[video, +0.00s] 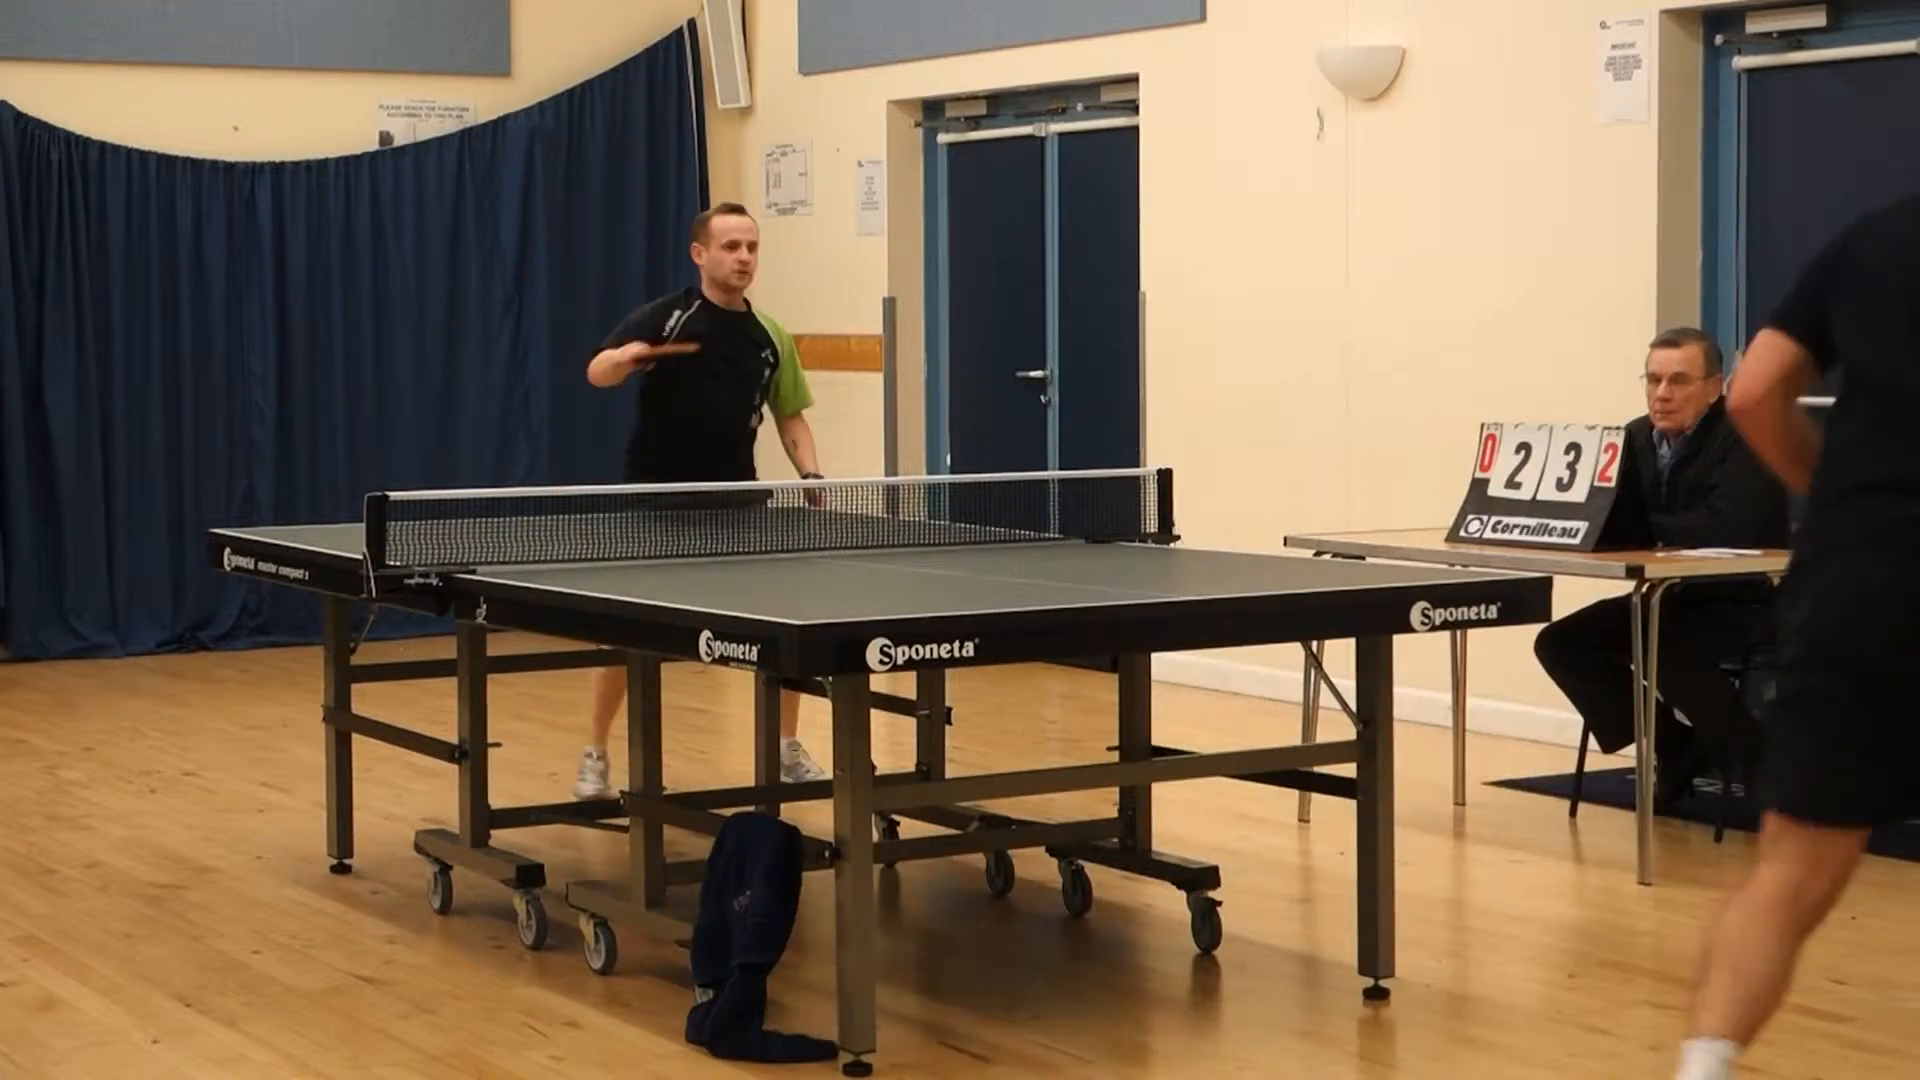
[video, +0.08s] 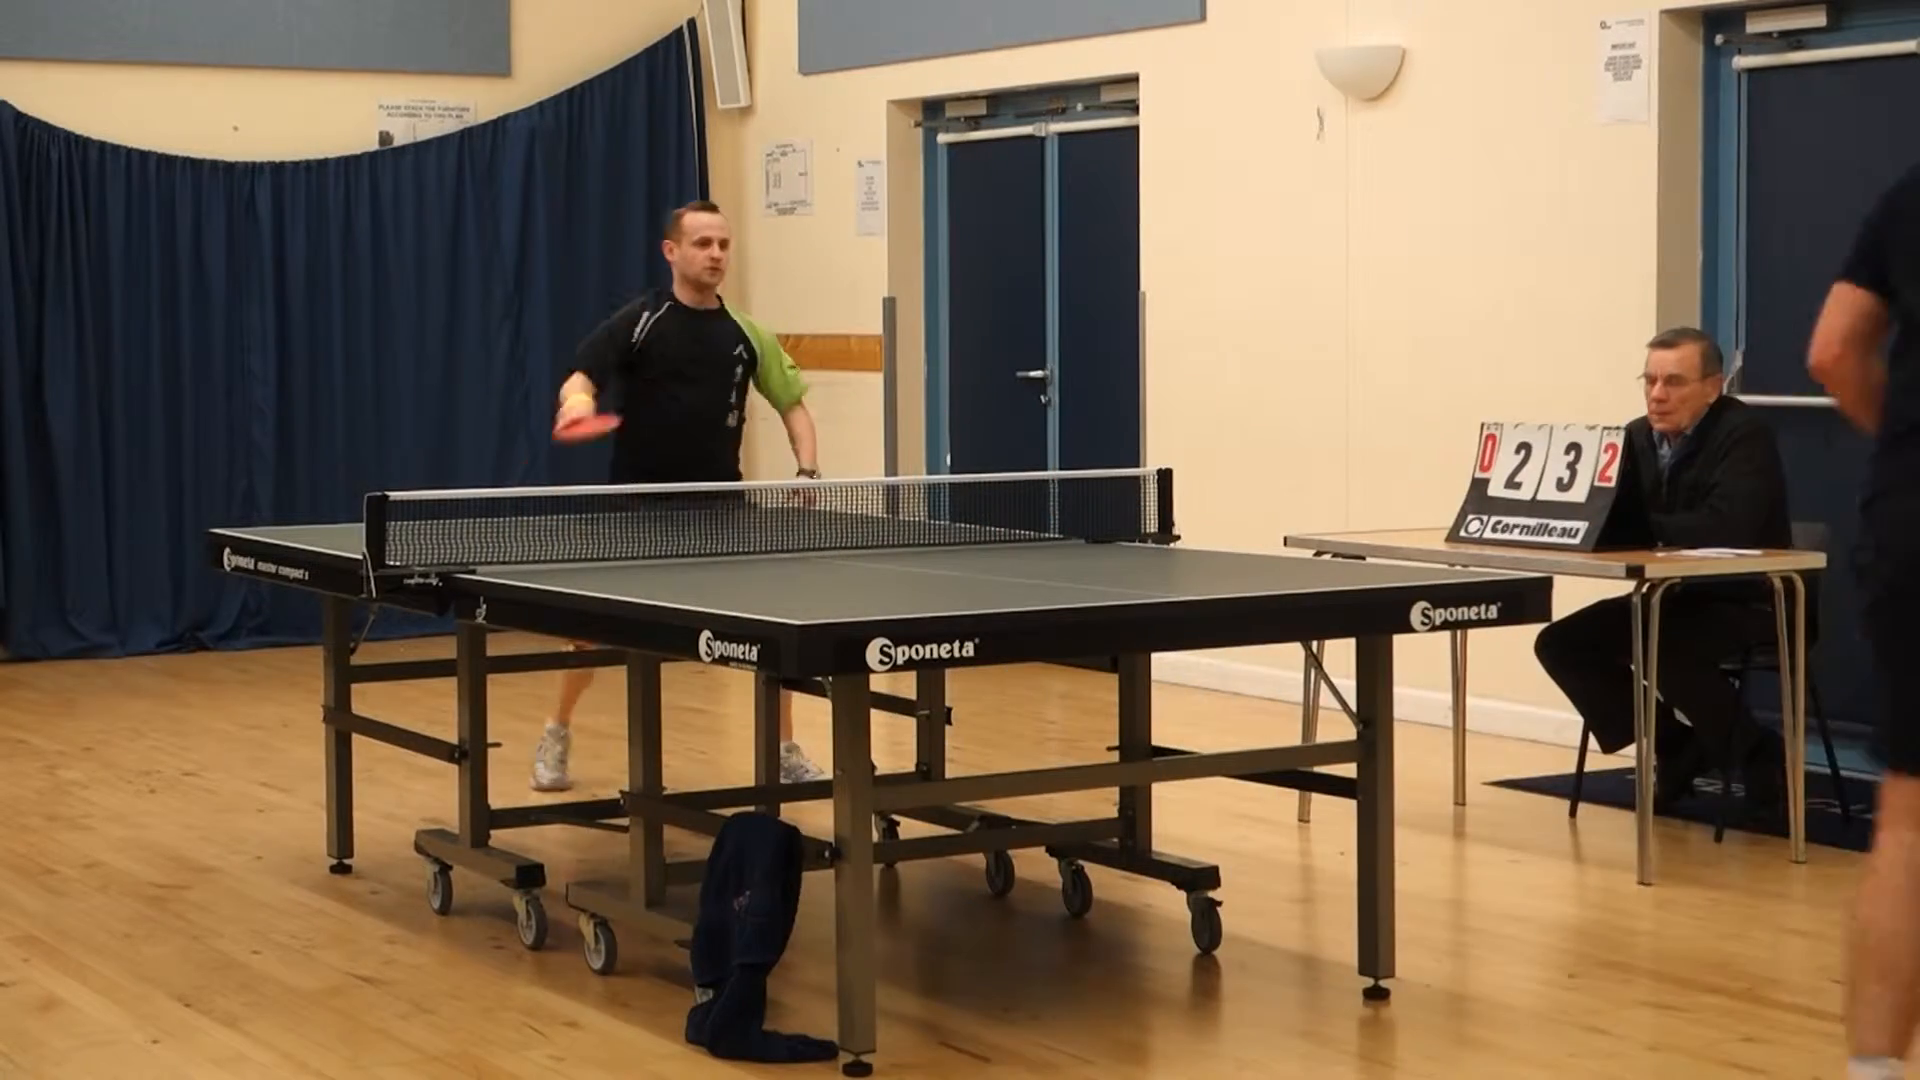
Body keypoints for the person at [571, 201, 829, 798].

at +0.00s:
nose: (745, 257)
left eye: (752, 246)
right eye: (731, 246)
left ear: (759, 254)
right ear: (699, 253)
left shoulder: (771, 337)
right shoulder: (659, 319)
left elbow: (791, 416)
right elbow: (597, 374)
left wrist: (812, 475)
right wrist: (628, 357)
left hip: (736, 506)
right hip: (656, 506)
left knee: (791, 617)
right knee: (629, 630)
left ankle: (785, 747)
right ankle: (596, 751)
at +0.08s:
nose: (716, 254)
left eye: (723, 244)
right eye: (703, 243)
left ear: (731, 252)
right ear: (671, 251)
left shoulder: (746, 333)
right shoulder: (639, 320)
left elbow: (792, 403)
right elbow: (582, 376)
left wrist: (808, 467)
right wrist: (575, 409)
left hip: (720, 510)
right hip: (638, 510)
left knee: (778, 616)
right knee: (598, 625)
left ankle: (783, 748)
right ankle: (557, 732)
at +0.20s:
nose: (671, 269)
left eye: (678, 260)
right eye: (658, 258)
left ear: (684, 269)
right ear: (626, 264)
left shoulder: (704, 346)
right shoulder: (593, 343)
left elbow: (753, 411)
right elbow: (547, 418)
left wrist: (787, 473)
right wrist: (519, 485)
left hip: (687, 523)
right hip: (602, 523)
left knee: (745, 629)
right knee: (564, 630)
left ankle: (775, 745)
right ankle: (537, 738)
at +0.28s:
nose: (642, 263)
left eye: (650, 253)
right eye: (629, 252)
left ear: (657, 263)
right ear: (598, 259)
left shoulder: (676, 339)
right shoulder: (562, 343)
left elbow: (708, 417)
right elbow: (527, 429)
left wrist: (739, 475)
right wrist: (502, 508)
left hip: (660, 518)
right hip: (578, 519)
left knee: (719, 623)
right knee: (550, 627)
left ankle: (770, 746)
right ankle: (533, 738)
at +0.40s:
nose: (613, 245)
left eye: (620, 236)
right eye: (600, 234)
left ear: (627, 245)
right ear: (569, 241)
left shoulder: (650, 319)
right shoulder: (536, 322)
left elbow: (662, 406)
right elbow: (508, 414)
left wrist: (659, 476)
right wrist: (496, 488)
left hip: (633, 500)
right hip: (552, 503)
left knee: (684, 614)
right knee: (541, 624)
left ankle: (713, 736)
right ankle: (533, 739)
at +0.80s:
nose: (601, 245)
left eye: (610, 237)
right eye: (590, 233)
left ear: (618, 246)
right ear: (561, 237)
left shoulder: (637, 317)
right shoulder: (528, 317)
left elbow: (657, 388)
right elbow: (492, 397)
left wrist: (660, 445)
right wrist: (470, 471)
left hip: (621, 494)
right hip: (543, 495)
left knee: (625, 611)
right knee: (538, 618)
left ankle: (614, 721)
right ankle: (532, 735)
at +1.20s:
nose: (604, 240)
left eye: (612, 232)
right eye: (593, 229)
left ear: (620, 241)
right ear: (564, 234)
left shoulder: (634, 312)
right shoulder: (532, 307)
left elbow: (654, 394)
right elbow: (508, 383)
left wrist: (675, 466)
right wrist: (540, 430)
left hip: (622, 485)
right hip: (544, 483)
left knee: (621, 602)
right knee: (520, 599)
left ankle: (613, 719)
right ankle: (504, 713)